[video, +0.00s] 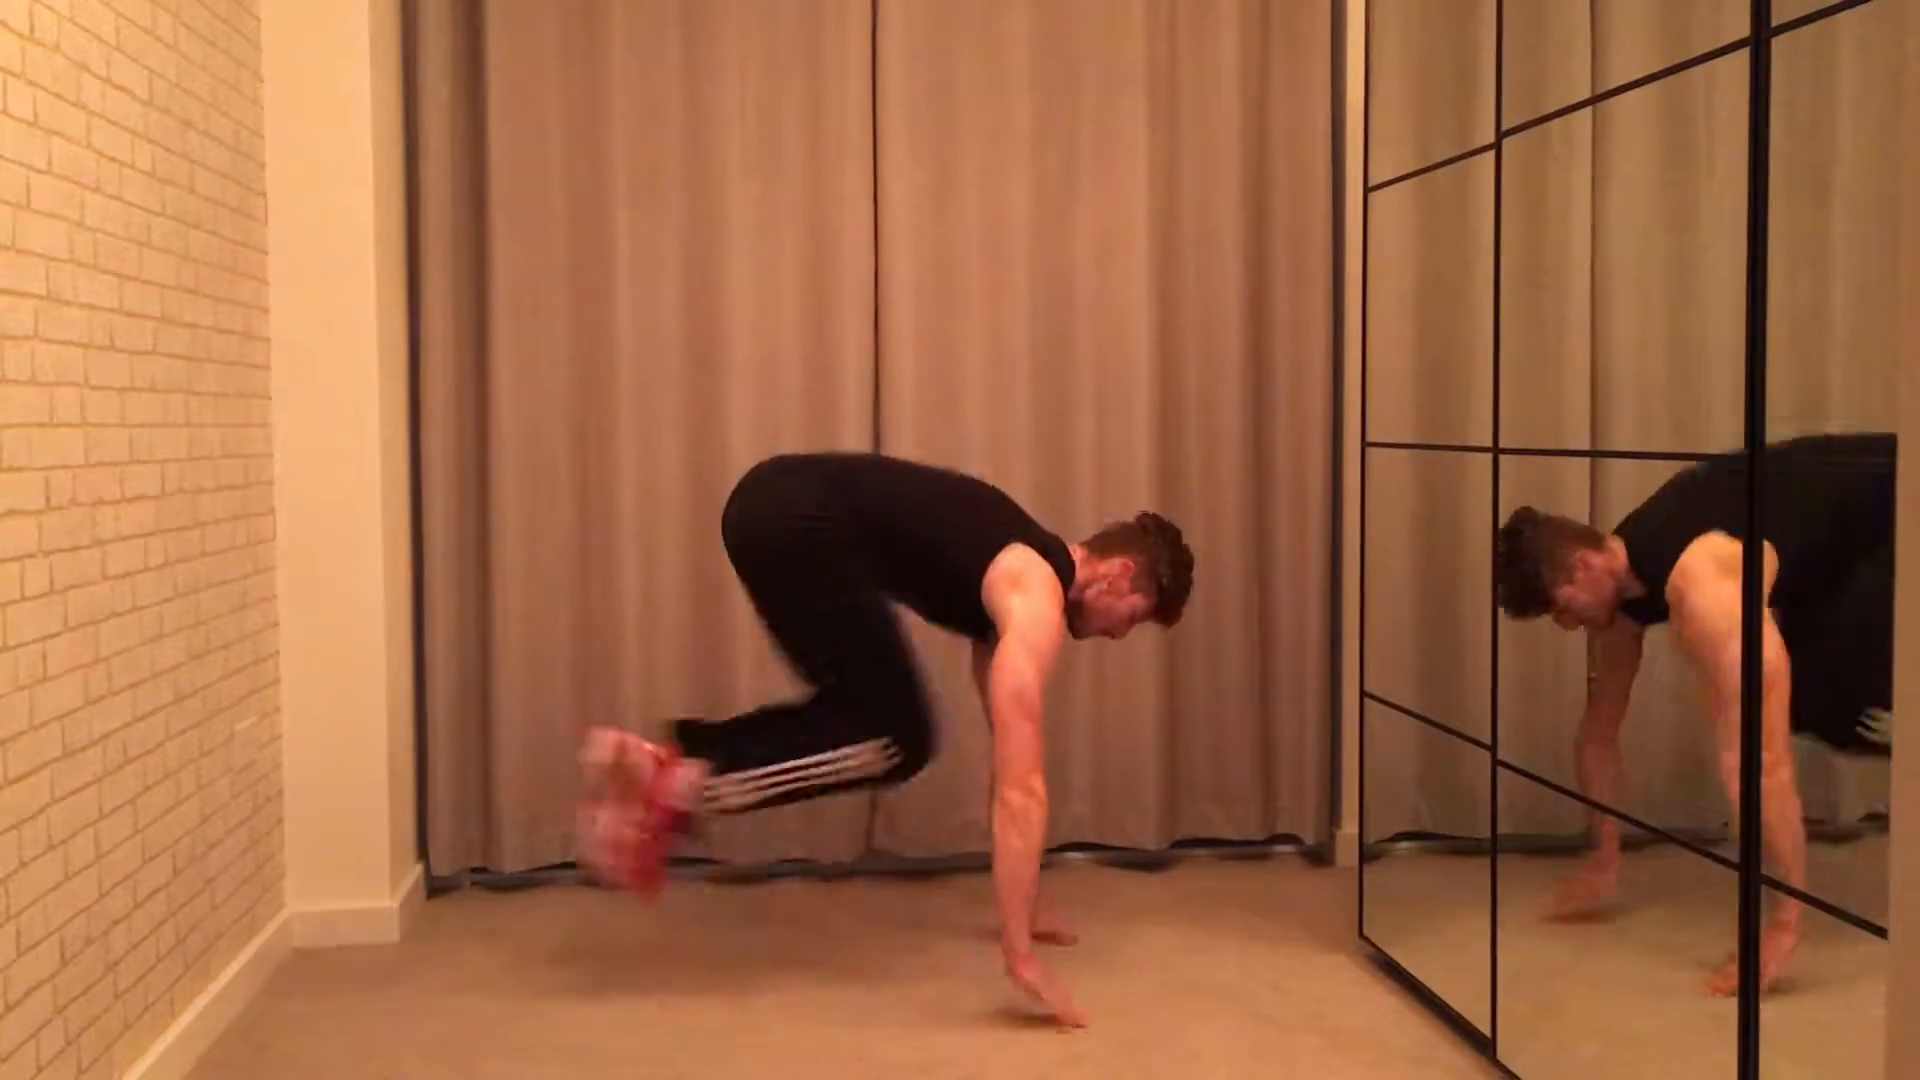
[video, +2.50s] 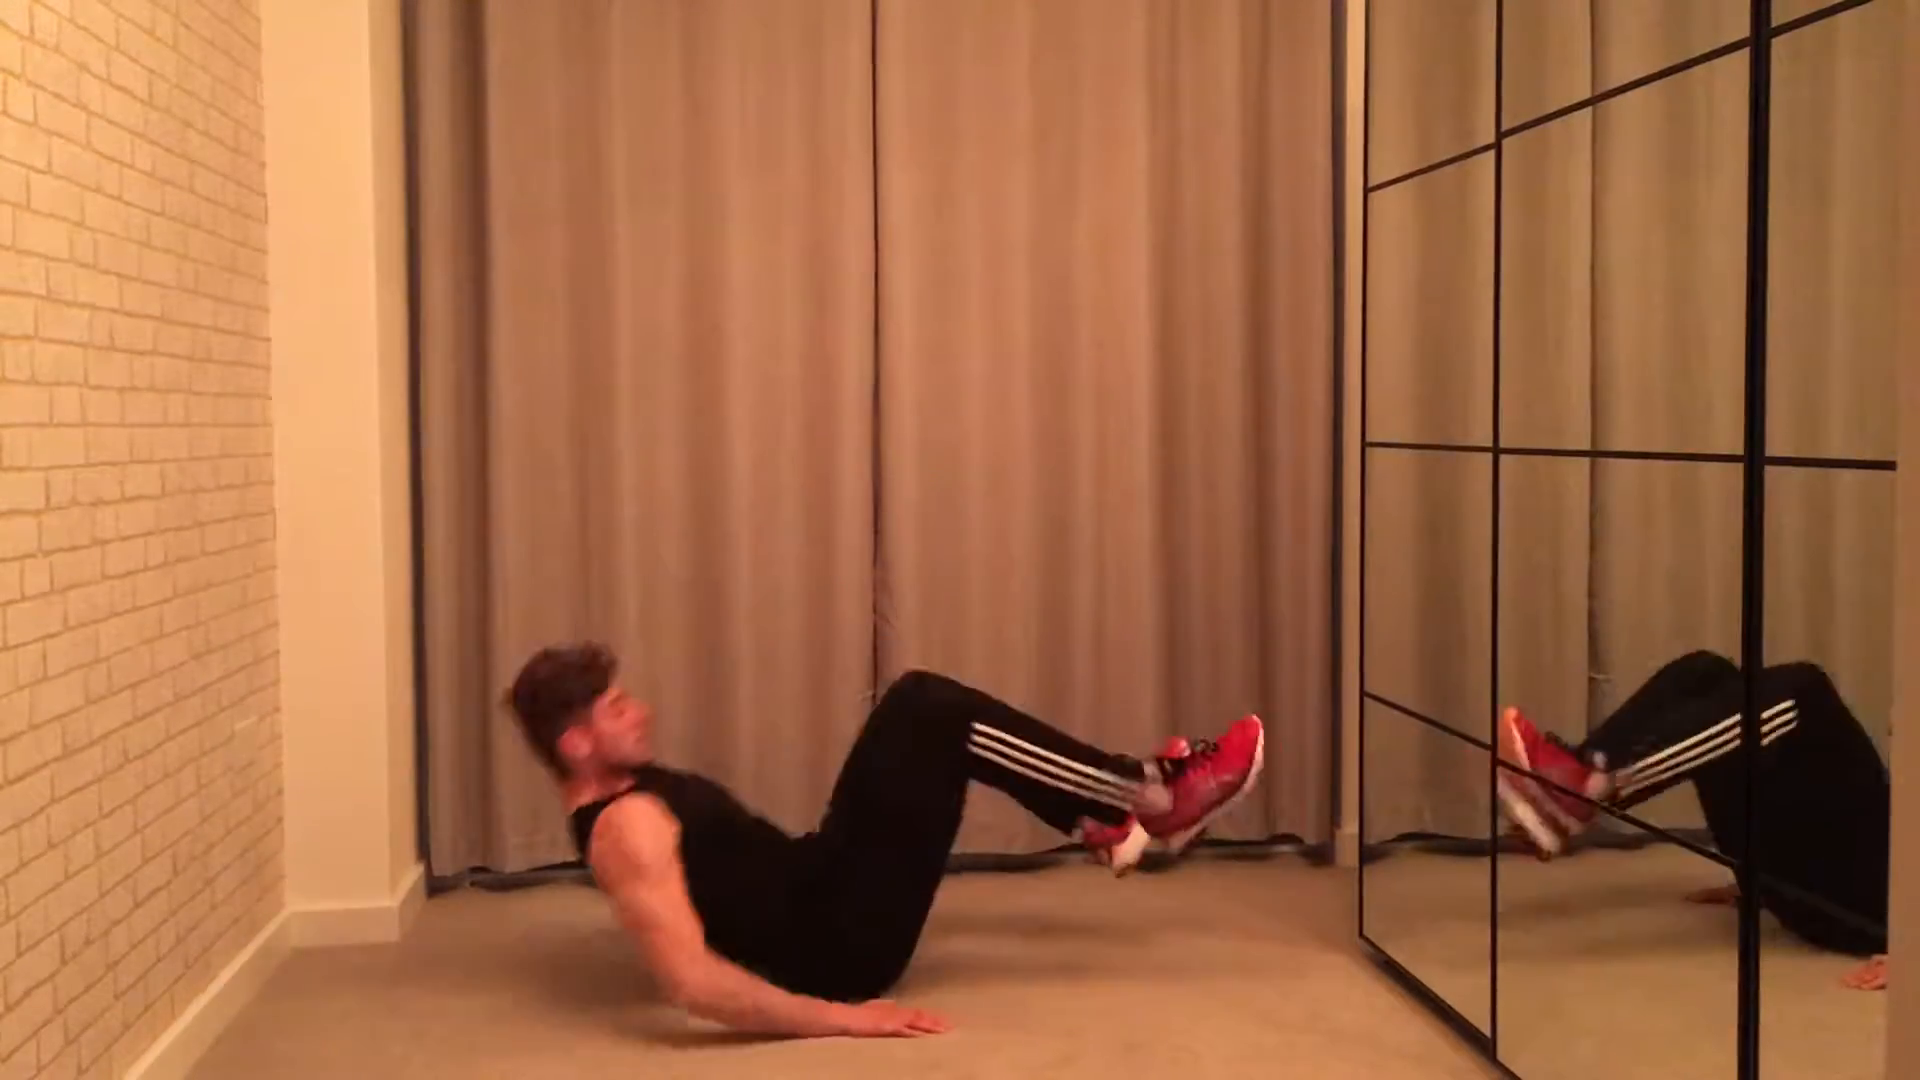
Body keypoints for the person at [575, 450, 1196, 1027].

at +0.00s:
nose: (1123, 632)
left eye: (1139, 624)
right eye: (1137, 614)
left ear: (1106, 568)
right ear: (1116, 576)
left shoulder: (1018, 587)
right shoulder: (1033, 601)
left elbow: (1014, 773)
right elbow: (1019, 789)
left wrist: (1024, 906)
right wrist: (1018, 958)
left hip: (783, 513)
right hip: (793, 523)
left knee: (868, 713)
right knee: (896, 738)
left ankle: (658, 758)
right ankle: (676, 787)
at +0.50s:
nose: (1145, 744)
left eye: (1163, 737)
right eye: (1162, 728)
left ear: (1141, 675)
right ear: (1144, 684)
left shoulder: (1061, 653)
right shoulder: (1051, 671)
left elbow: (1014, 819)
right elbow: (1010, 839)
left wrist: (1017, 921)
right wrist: (991, 1003)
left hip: (818, 580)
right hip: (814, 588)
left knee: (687, 788)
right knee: (696, 810)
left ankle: (465, 846)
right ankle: (463, 882)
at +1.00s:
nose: (1129, 411)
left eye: (1133, 392)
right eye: (1127, 388)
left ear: (1080, 374)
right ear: (1088, 374)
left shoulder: (1007, 443)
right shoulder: (1017, 465)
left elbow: (1009, 643)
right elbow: (1011, 656)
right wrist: (1020, 821)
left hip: (813, 590)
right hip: (818, 600)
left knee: (970, 736)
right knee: (986, 746)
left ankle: (874, 913)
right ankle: (888, 955)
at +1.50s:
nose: (1104, 99)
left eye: (1113, 83)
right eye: (1108, 75)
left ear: (1063, 47)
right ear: (1068, 44)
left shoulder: (999, 118)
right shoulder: (993, 122)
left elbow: (887, 238)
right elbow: (878, 234)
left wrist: (814, 364)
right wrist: (807, 365)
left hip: (925, 371)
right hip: (908, 373)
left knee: (953, 604)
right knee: (948, 606)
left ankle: (951, 829)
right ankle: (938, 842)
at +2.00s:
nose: (1106, 594)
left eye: (1115, 577)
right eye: (1108, 573)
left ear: (1061, 554)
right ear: (1066, 555)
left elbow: (882, 719)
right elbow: (926, 818)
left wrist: (856, 869)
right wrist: (877, 981)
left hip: (812, 787)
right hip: (832, 805)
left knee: (1036, 712)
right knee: (1059, 740)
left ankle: (943, 908)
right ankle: (971, 949)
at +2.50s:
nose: (636, 710)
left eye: (626, 697)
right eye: (617, 706)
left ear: (586, 737)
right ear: (577, 744)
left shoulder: (625, 801)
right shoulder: (627, 828)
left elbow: (696, 958)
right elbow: (691, 982)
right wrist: (843, 1016)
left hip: (823, 921)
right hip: (837, 958)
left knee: (919, 702)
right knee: (929, 710)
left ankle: (1103, 808)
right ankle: (1157, 801)